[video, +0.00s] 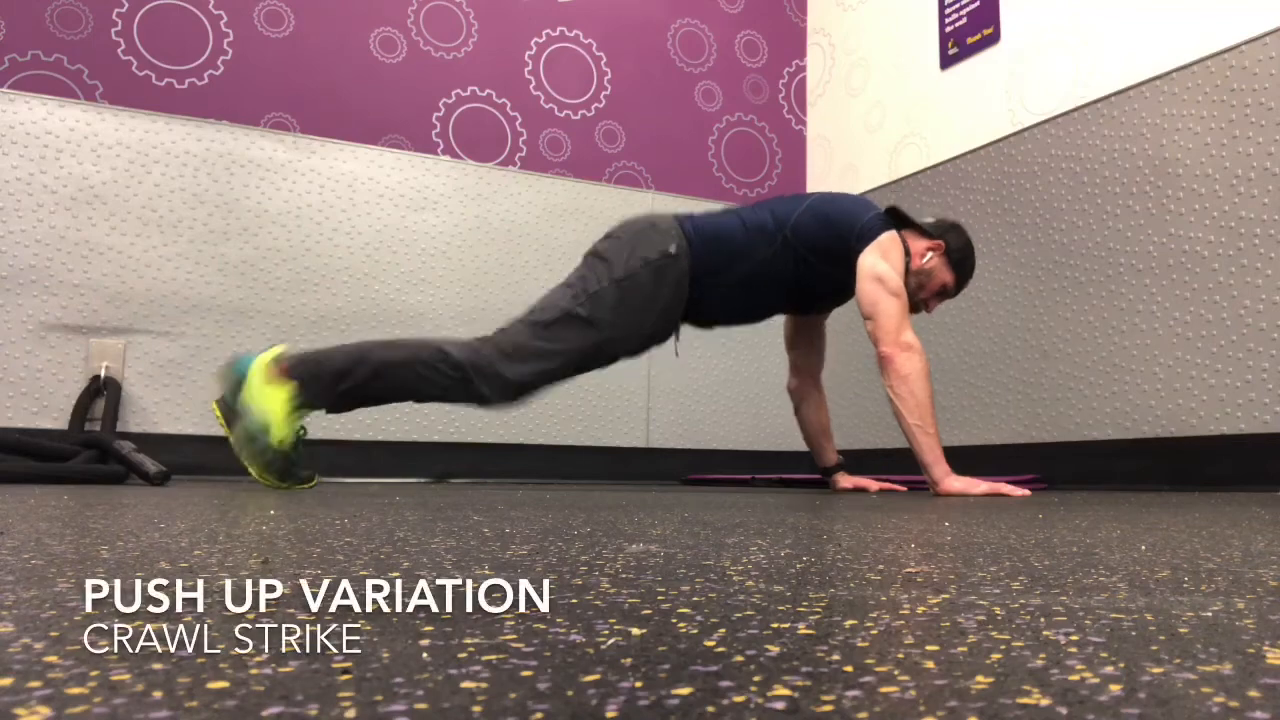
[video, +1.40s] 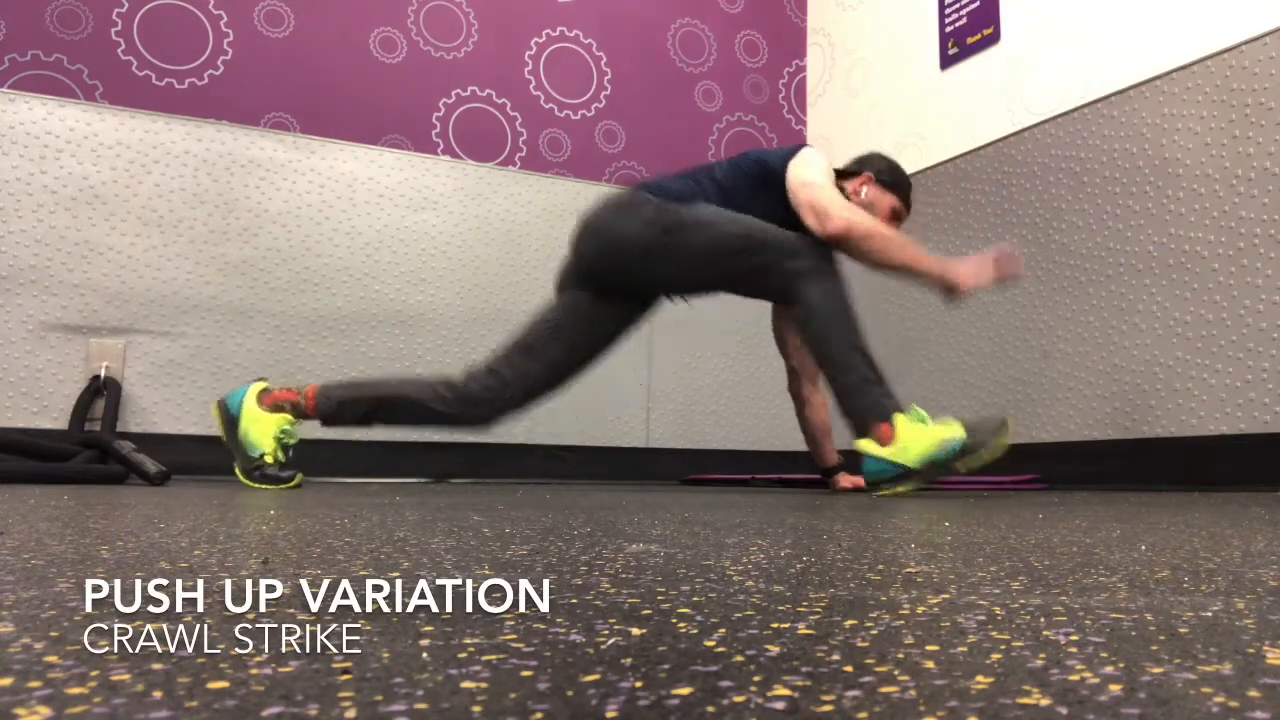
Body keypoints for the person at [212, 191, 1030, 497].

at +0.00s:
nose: (915, 299)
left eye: (927, 294)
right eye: (926, 282)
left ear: (907, 259)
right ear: (919, 245)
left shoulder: (830, 257)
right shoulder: (876, 227)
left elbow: (804, 374)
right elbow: (899, 346)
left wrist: (834, 470)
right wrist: (940, 473)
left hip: (658, 280)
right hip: (658, 262)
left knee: (496, 366)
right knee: (496, 367)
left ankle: (289, 387)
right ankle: (280, 382)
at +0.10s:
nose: (909, 304)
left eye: (921, 298)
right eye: (919, 287)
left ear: (904, 260)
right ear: (910, 249)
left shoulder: (829, 259)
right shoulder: (868, 233)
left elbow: (805, 376)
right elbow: (892, 348)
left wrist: (833, 469)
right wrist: (941, 471)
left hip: (637, 255)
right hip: (651, 231)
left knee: (499, 350)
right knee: (594, 378)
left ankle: (284, 400)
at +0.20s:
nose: (896, 297)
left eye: (908, 292)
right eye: (903, 280)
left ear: (896, 255)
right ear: (893, 241)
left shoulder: (818, 258)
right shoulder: (852, 225)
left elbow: (804, 375)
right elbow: (889, 340)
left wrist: (830, 466)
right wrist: (944, 459)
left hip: (629, 232)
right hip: (646, 203)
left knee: (492, 351)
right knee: (749, 302)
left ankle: (283, 403)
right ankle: (586, 399)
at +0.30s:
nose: (905, 266)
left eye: (914, 259)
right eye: (908, 245)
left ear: (886, 241)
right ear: (886, 206)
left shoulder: (818, 241)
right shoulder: (840, 195)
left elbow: (845, 325)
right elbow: (896, 306)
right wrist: (984, 403)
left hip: (631, 245)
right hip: (645, 201)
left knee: (501, 366)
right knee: (809, 254)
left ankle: (285, 405)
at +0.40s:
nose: (915, 232)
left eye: (923, 224)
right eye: (916, 213)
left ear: (889, 207)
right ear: (888, 181)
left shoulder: (816, 251)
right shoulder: (844, 175)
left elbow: (816, 361)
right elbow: (909, 256)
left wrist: (834, 467)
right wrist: (1007, 319)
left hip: (636, 267)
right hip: (649, 224)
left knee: (495, 390)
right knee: (833, 263)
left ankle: (286, 405)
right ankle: (913, 440)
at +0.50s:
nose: (914, 204)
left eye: (917, 196)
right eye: (910, 188)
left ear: (873, 181)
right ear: (882, 166)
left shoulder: (815, 241)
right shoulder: (836, 169)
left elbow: (818, 355)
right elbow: (912, 218)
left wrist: (832, 463)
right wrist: (1011, 234)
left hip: (649, 284)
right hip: (662, 240)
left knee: (495, 407)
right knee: (846, 255)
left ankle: (292, 404)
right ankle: (916, 440)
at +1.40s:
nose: (875, 229)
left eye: (884, 225)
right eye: (877, 209)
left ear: (865, 218)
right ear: (853, 178)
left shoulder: (793, 254)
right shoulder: (804, 164)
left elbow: (803, 364)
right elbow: (848, 231)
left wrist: (831, 465)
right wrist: (952, 276)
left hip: (618, 267)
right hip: (628, 227)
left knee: (479, 399)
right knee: (805, 257)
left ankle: (279, 406)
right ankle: (896, 427)